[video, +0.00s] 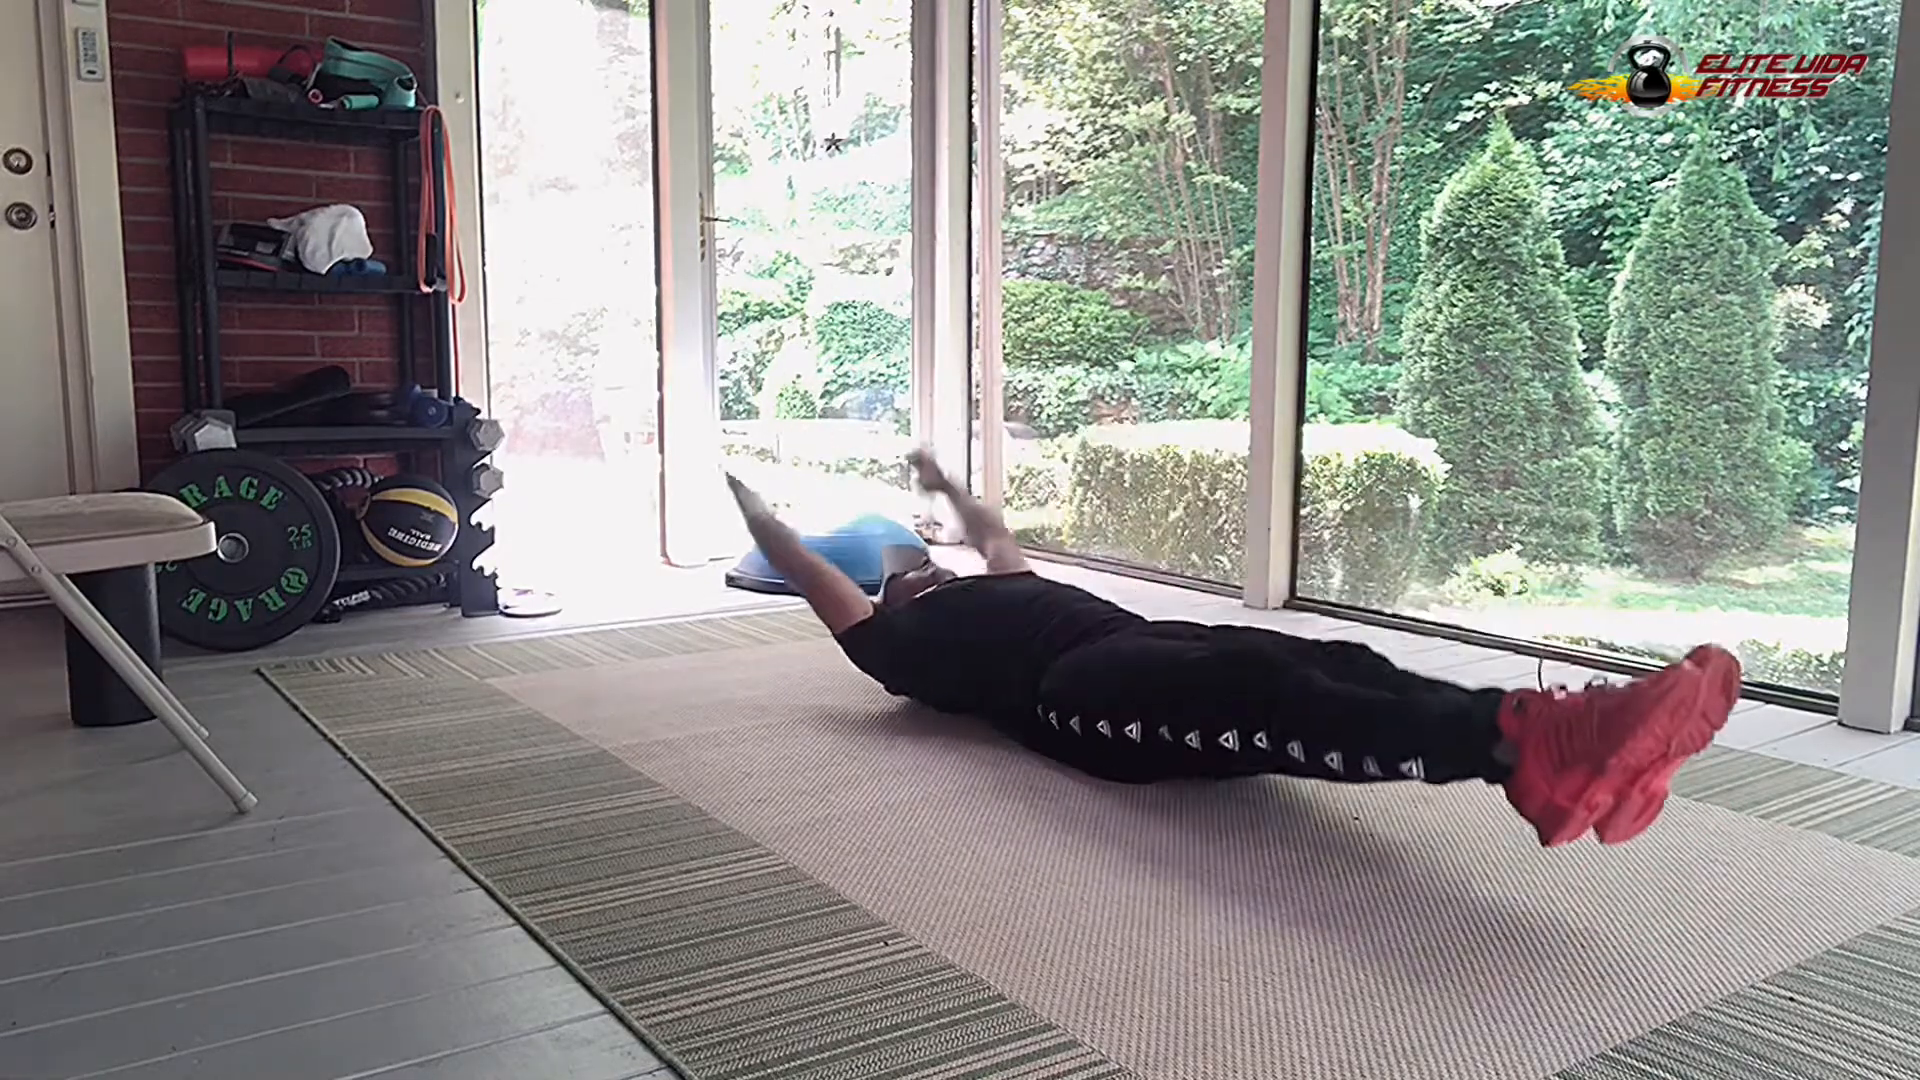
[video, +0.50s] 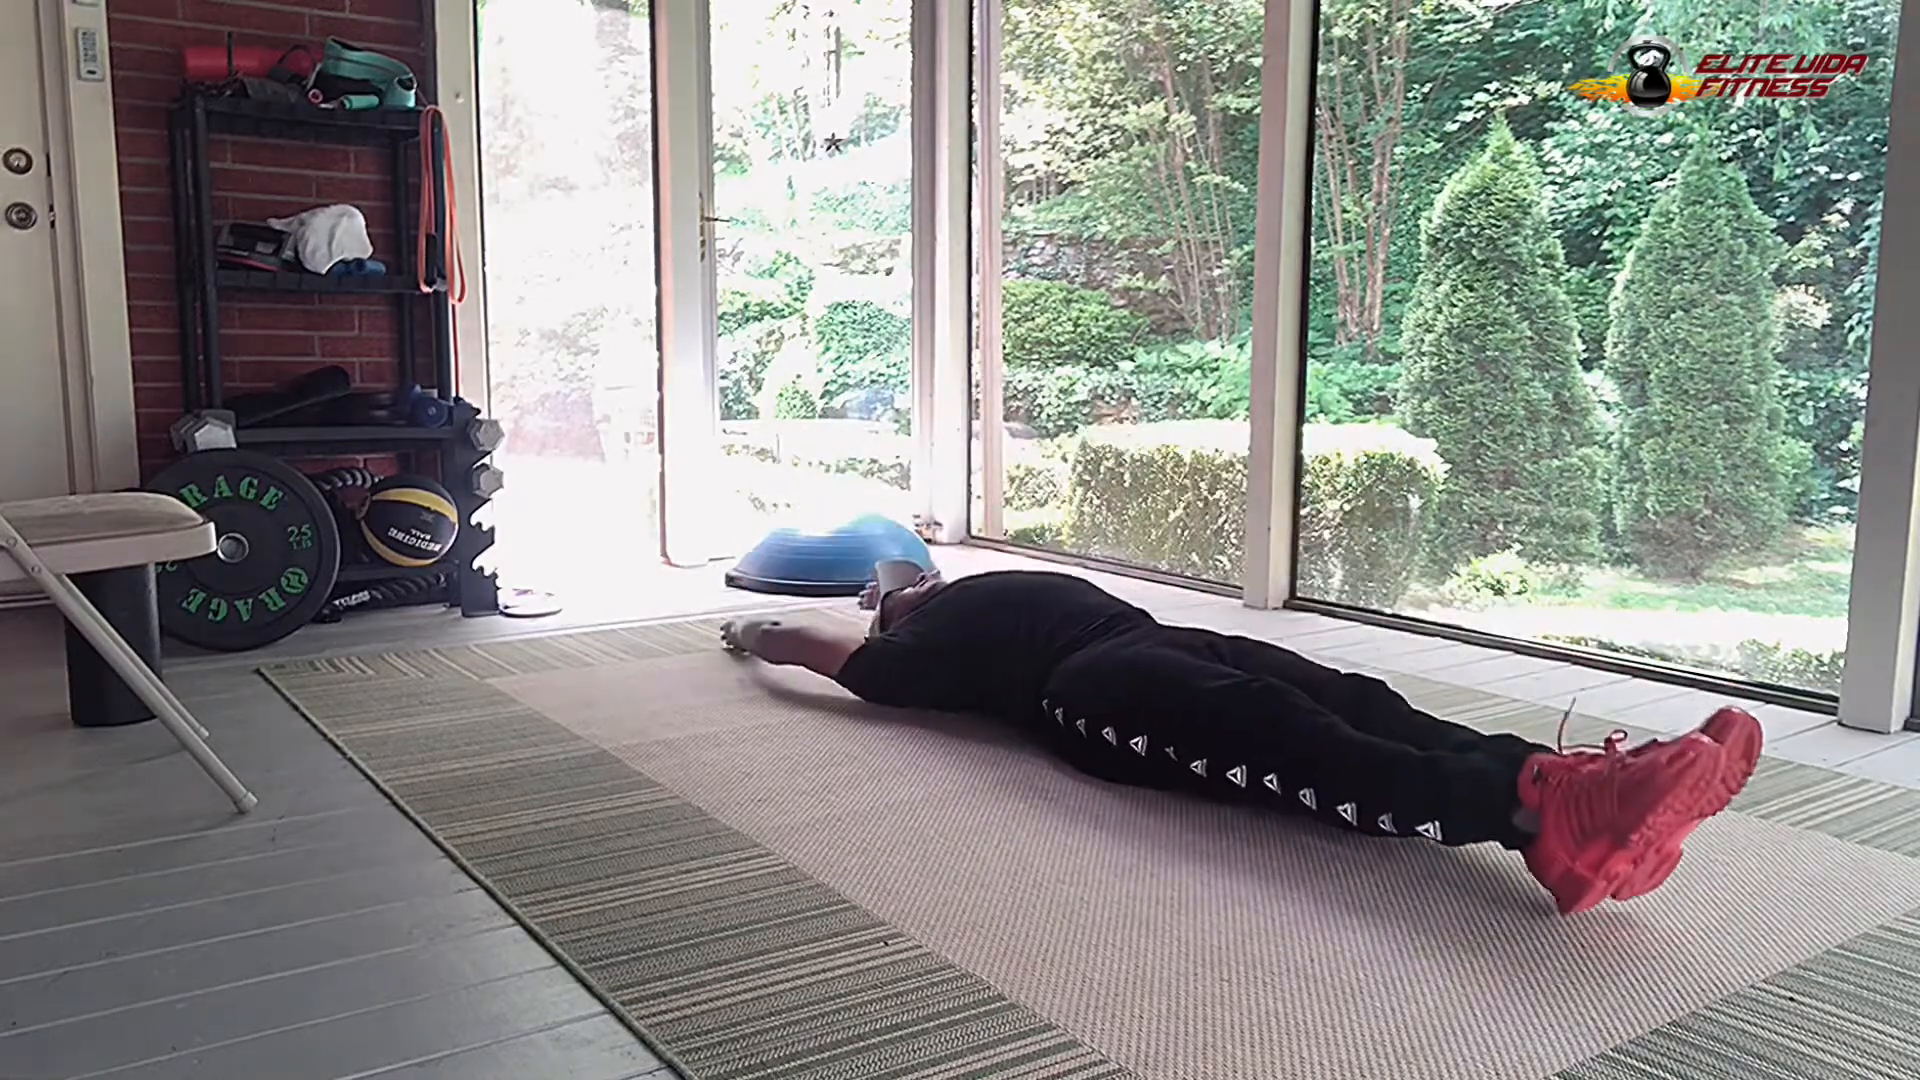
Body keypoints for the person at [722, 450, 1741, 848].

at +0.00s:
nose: (901, 559)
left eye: (911, 552)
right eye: (881, 564)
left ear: (940, 562)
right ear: (865, 591)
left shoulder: (998, 585)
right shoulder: (881, 628)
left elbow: (995, 530)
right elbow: (800, 570)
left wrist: (939, 491)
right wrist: (755, 510)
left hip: (1146, 635)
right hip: (1070, 684)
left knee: (1327, 658)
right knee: (1266, 686)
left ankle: (1566, 765)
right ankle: (1543, 742)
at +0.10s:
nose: (896, 567)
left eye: (898, 557)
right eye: (878, 571)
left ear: (920, 569)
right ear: (868, 600)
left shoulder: (984, 589)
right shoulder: (879, 640)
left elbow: (994, 556)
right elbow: (778, 574)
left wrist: (927, 529)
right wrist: (771, 559)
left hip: (1139, 637)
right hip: (1078, 687)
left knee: (1324, 673)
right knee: (1271, 704)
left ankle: (1563, 789)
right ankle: (1535, 762)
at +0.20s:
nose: (918, 565)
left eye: (931, 560)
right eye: (898, 575)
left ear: (956, 574)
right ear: (884, 614)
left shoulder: (1000, 582)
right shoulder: (880, 644)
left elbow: (923, 537)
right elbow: (752, 574)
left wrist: (905, 550)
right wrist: (853, 566)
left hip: (1147, 635)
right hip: (1078, 678)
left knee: (1339, 679)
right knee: (1275, 717)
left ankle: (1572, 809)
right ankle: (1538, 770)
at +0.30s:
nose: (910, 565)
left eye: (909, 558)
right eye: (887, 570)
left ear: (918, 567)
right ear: (871, 597)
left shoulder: (997, 589)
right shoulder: (883, 643)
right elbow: (745, 592)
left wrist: (932, 542)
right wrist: (850, 582)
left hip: (1145, 640)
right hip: (1078, 682)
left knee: (1333, 682)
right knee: (1269, 723)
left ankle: (1578, 806)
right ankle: (1536, 785)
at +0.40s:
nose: (907, 572)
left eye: (907, 564)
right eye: (884, 576)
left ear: (922, 568)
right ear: (870, 598)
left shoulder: (997, 590)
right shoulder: (887, 647)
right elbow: (757, 620)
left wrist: (943, 553)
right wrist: (813, 613)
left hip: (1145, 636)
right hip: (1079, 683)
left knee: (1330, 685)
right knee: (1259, 719)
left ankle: (1576, 807)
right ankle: (1538, 802)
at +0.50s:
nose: (910, 579)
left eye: (915, 570)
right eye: (891, 583)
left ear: (938, 573)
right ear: (873, 607)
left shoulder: (1005, 587)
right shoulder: (887, 645)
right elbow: (770, 633)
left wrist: (946, 553)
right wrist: (771, 625)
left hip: (1147, 633)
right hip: (1080, 677)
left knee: (1335, 690)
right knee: (1268, 726)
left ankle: (1575, 820)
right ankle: (1545, 812)